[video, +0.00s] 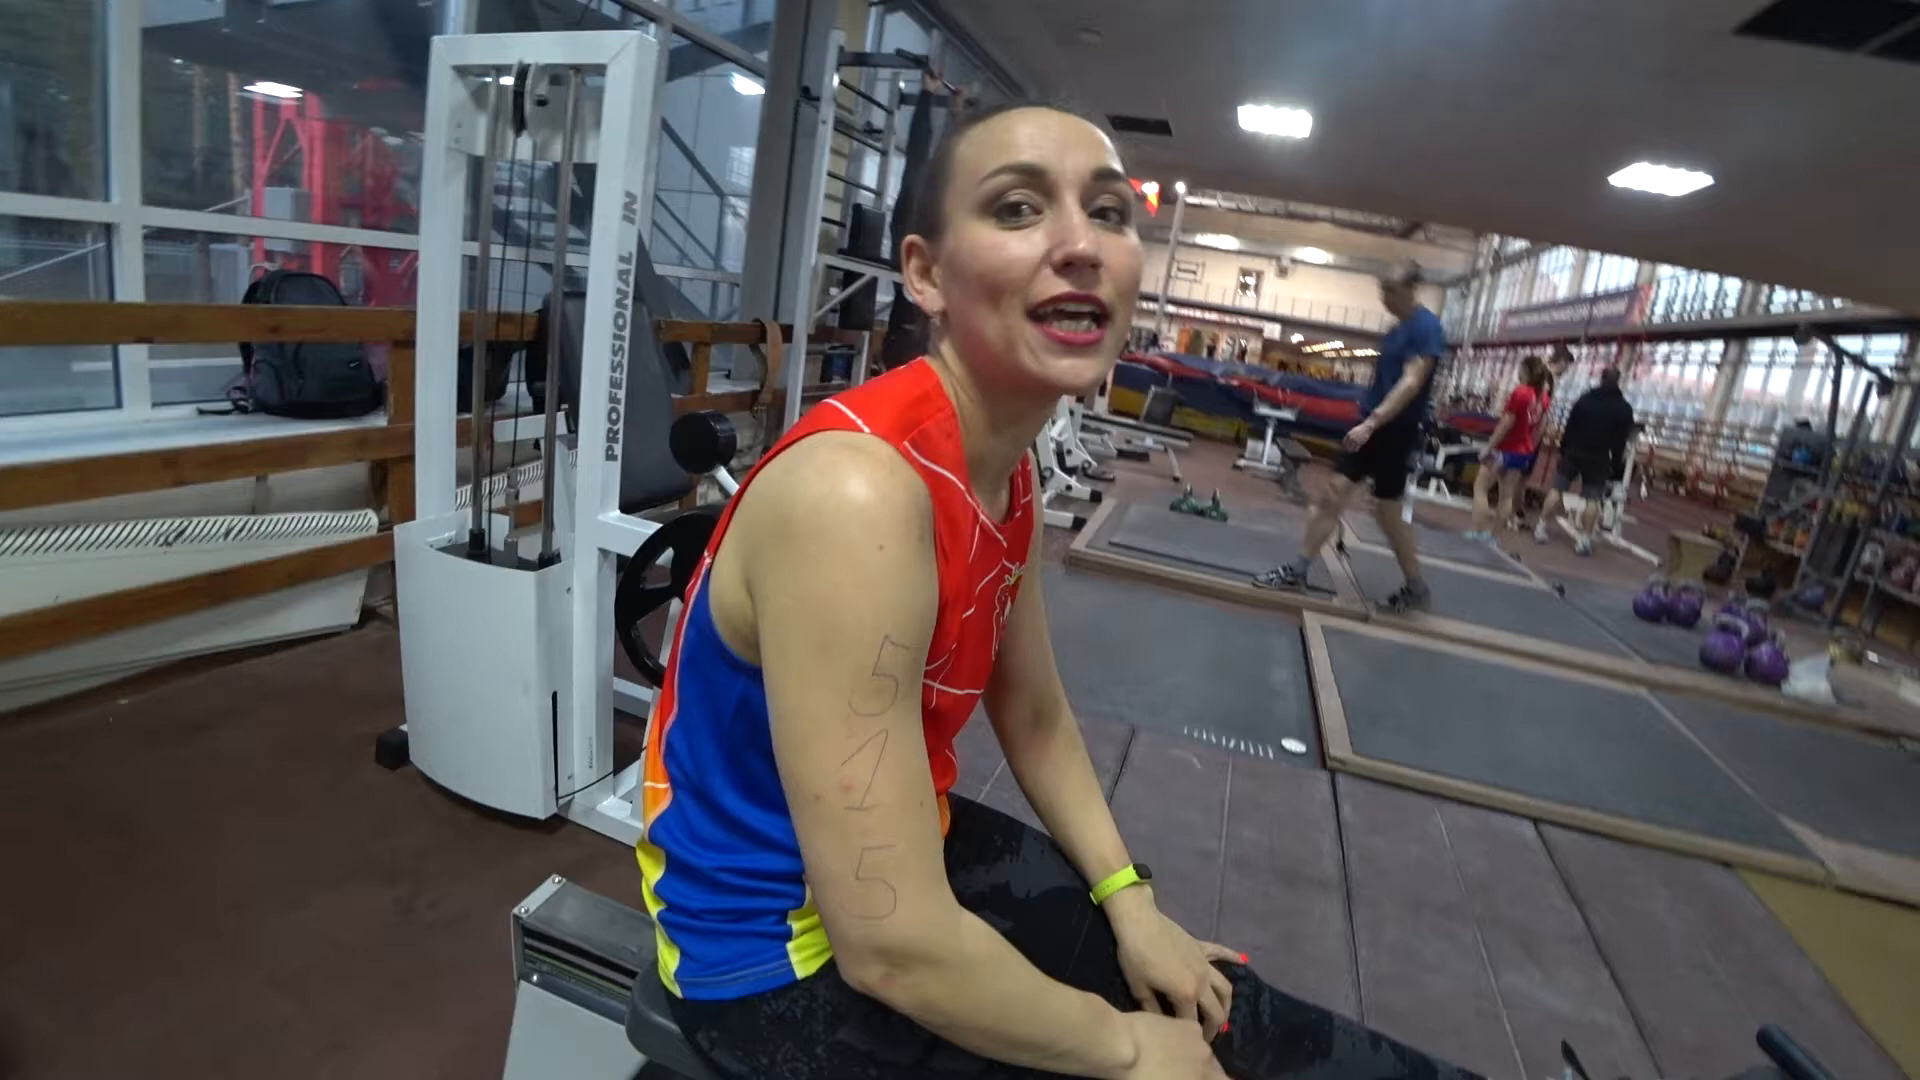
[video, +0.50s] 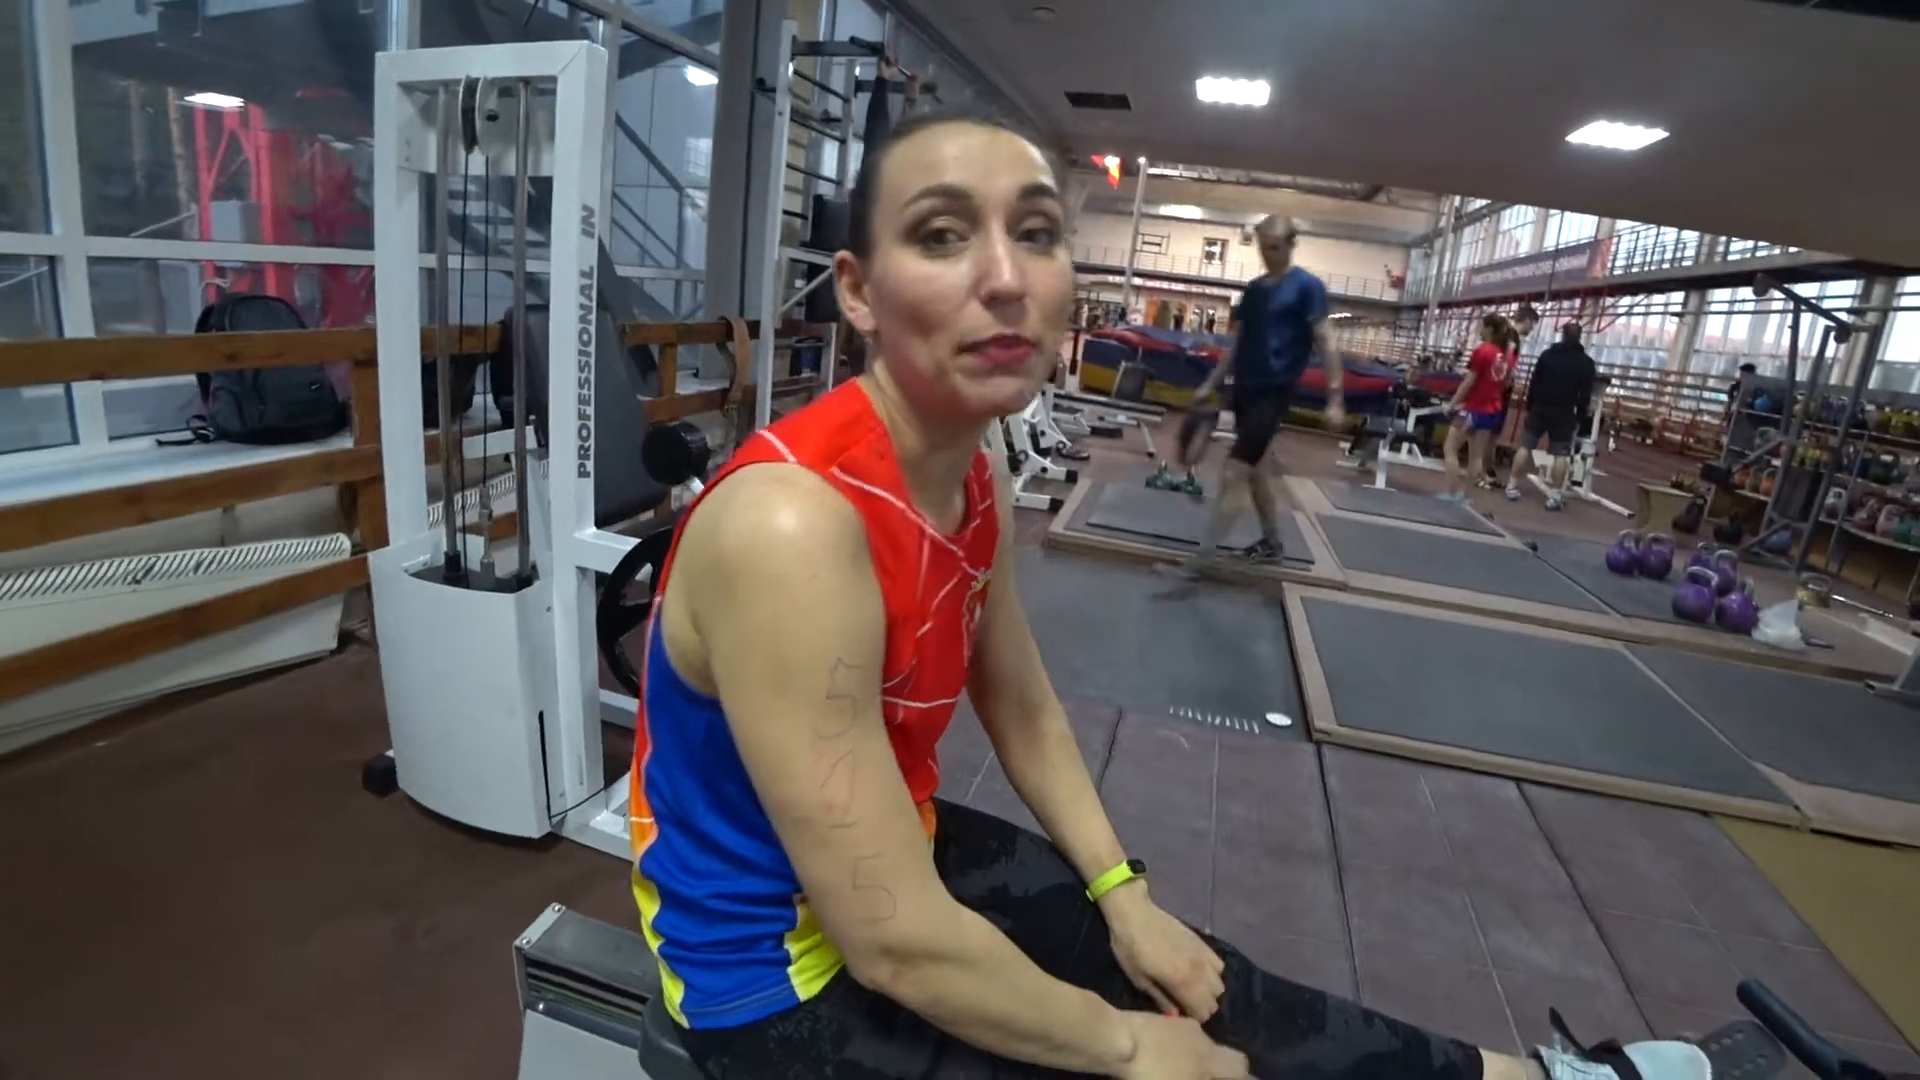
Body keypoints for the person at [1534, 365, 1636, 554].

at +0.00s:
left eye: (1604, 376)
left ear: (1601, 379)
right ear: (1618, 382)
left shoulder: (1586, 398)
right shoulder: (1624, 409)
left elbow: (1570, 425)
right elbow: (1619, 442)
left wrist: (1563, 448)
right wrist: (1617, 467)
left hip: (1574, 450)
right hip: (1598, 457)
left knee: (1558, 489)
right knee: (1593, 498)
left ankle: (1541, 525)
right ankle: (1585, 538)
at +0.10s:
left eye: (1599, 366)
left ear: (1597, 369)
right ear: (1614, 372)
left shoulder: (1582, 387)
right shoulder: (1619, 398)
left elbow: (1566, 414)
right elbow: (1615, 431)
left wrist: (1560, 437)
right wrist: (1613, 456)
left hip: (1570, 440)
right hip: (1595, 446)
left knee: (1554, 478)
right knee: (1589, 487)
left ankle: (1538, 514)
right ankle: (1582, 528)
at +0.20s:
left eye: (1591, 351)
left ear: (1589, 353)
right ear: (1605, 356)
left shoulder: (1574, 373)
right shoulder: (1612, 382)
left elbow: (1559, 399)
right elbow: (1609, 414)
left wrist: (1553, 422)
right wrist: (1605, 437)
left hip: (1563, 425)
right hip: (1588, 431)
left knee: (1548, 464)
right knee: (1583, 473)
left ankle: (1533, 502)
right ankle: (1576, 514)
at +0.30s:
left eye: (1583, 341)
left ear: (1581, 343)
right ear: (1598, 346)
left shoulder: (1566, 363)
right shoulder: (1605, 372)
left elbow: (1552, 390)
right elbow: (1602, 404)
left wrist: (1546, 413)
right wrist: (1598, 426)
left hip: (1556, 415)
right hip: (1582, 421)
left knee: (1542, 455)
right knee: (1577, 463)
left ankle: (1527, 494)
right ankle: (1570, 505)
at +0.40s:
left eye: (1574, 335)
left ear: (1572, 337)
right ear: (1589, 340)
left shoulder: (1557, 357)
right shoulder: (1596, 366)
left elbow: (1544, 384)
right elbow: (1593, 397)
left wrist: (1538, 407)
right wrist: (1589, 419)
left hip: (1548, 409)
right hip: (1573, 415)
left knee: (1534, 449)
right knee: (1569, 456)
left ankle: (1519, 488)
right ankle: (1562, 499)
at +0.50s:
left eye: (1565, 333)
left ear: (1563, 335)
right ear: (1579, 338)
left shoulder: (1548, 355)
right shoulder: (1586, 363)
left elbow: (1534, 382)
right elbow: (1584, 394)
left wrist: (1529, 405)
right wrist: (1581, 416)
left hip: (1540, 407)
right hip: (1564, 412)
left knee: (1526, 446)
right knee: (1561, 454)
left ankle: (1511, 486)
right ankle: (1554, 496)